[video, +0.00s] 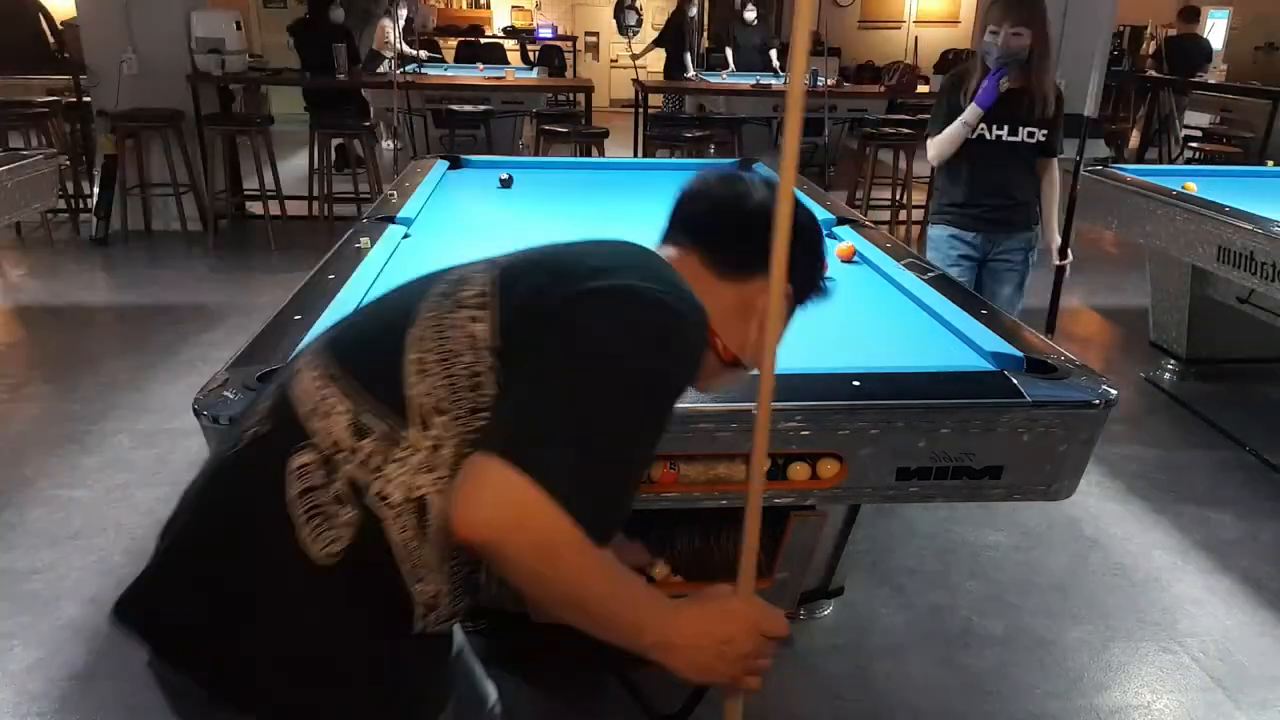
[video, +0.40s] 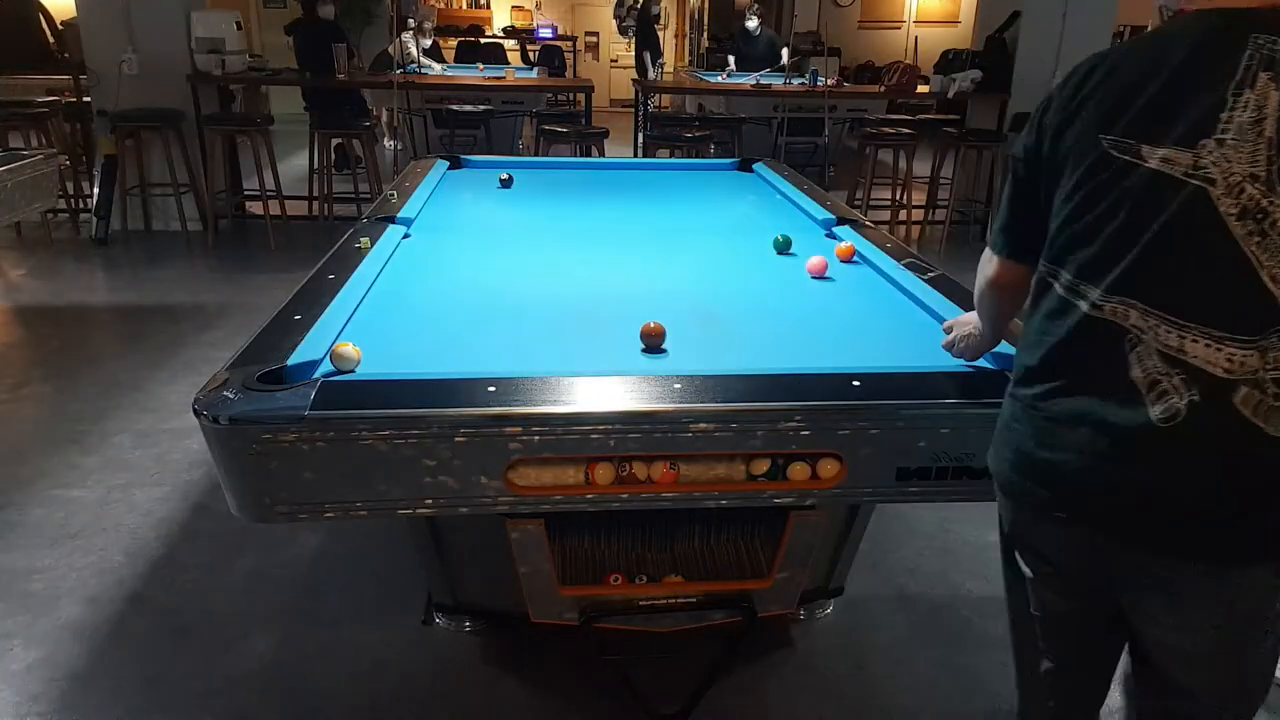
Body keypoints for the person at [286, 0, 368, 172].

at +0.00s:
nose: (342, 11)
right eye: (338, 7)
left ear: (310, 8)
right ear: (330, 8)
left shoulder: (300, 30)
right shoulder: (341, 32)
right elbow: (355, 69)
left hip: (315, 105)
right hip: (347, 106)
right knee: (363, 107)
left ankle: (348, 150)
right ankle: (345, 149)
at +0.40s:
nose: (335, 8)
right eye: (331, 5)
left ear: (302, 7)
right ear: (319, 5)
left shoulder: (298, 30)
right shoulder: (331, 27)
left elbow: (302, 67)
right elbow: (351, 59)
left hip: (314, 103)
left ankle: (348, 151)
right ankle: (345, 149)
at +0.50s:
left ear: (302, 8)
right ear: (319, 6)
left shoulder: (298, 30)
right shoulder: (332, 26)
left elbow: (301, 66)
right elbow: (350, 57)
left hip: (313, 99)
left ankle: (348, 150)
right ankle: (345, 149)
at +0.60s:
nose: (336, 9)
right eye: (332, 5)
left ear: (305, 7)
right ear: (324, 6)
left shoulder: (299, 27)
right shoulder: (333, 28)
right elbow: (352, 60)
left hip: (313, 99)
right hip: (339, 101)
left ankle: (347, 150)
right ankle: (345, 149)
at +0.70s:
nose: (340, 10)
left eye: (339, 5)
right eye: (337, 5)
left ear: (310, 8)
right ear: (327, 7)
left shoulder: (301, 28)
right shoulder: (336, 29)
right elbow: (354, 61)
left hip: (314, 99)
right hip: (341, 102)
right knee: (363, 110)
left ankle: (348, 150)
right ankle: (346, 149)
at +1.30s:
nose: (340, 9)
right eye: (338, 6)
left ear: (310, 10)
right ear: (336, 9)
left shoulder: (303, 31)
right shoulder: (344, 31)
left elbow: (309, 66)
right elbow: (357, 69)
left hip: (315, 102)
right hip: (346, 103)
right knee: (365, 112)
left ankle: (350, 151)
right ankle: (344, 148)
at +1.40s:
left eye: (307, 6)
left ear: (308, 9)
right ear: (332, 8)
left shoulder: (301, 31)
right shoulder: (343, 30)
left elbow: (306, 66)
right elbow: (356, 69)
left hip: (315, 102)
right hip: (346, 104)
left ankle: (350, 151)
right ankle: (344, 149)